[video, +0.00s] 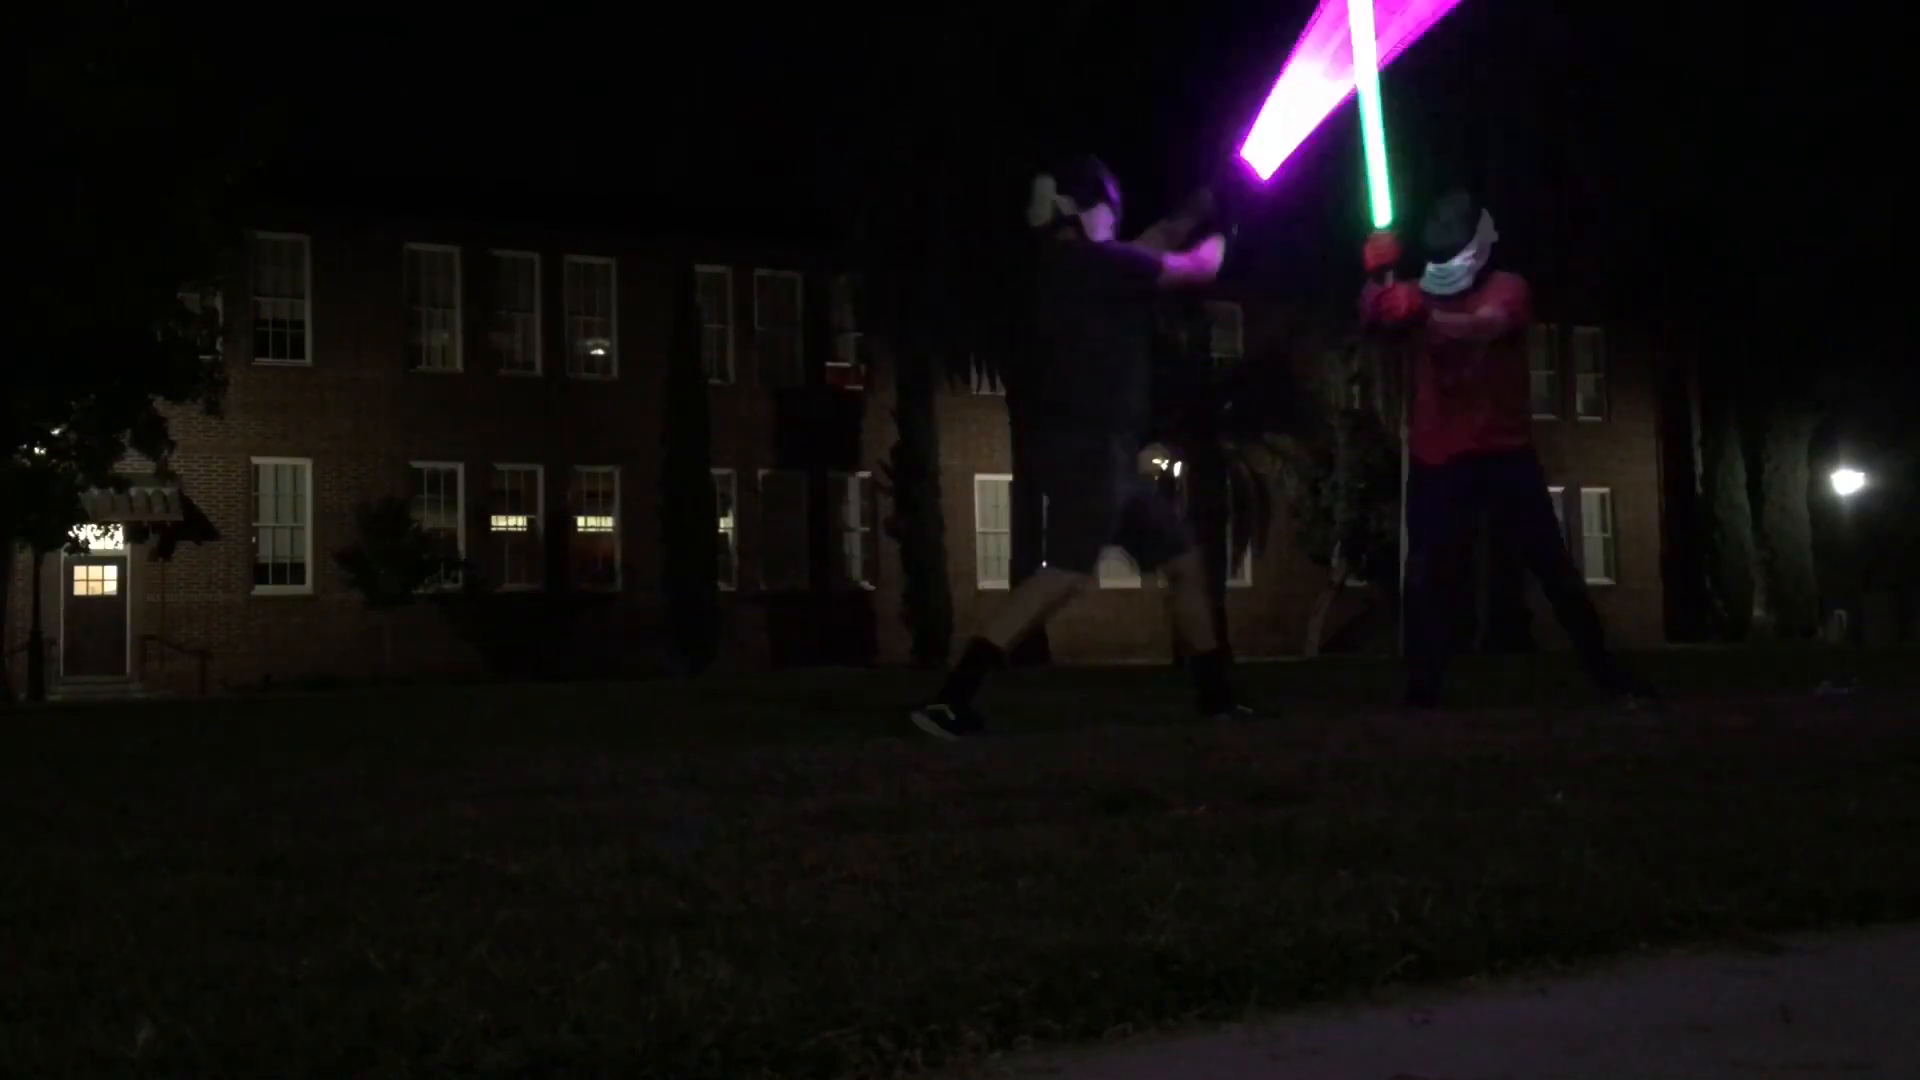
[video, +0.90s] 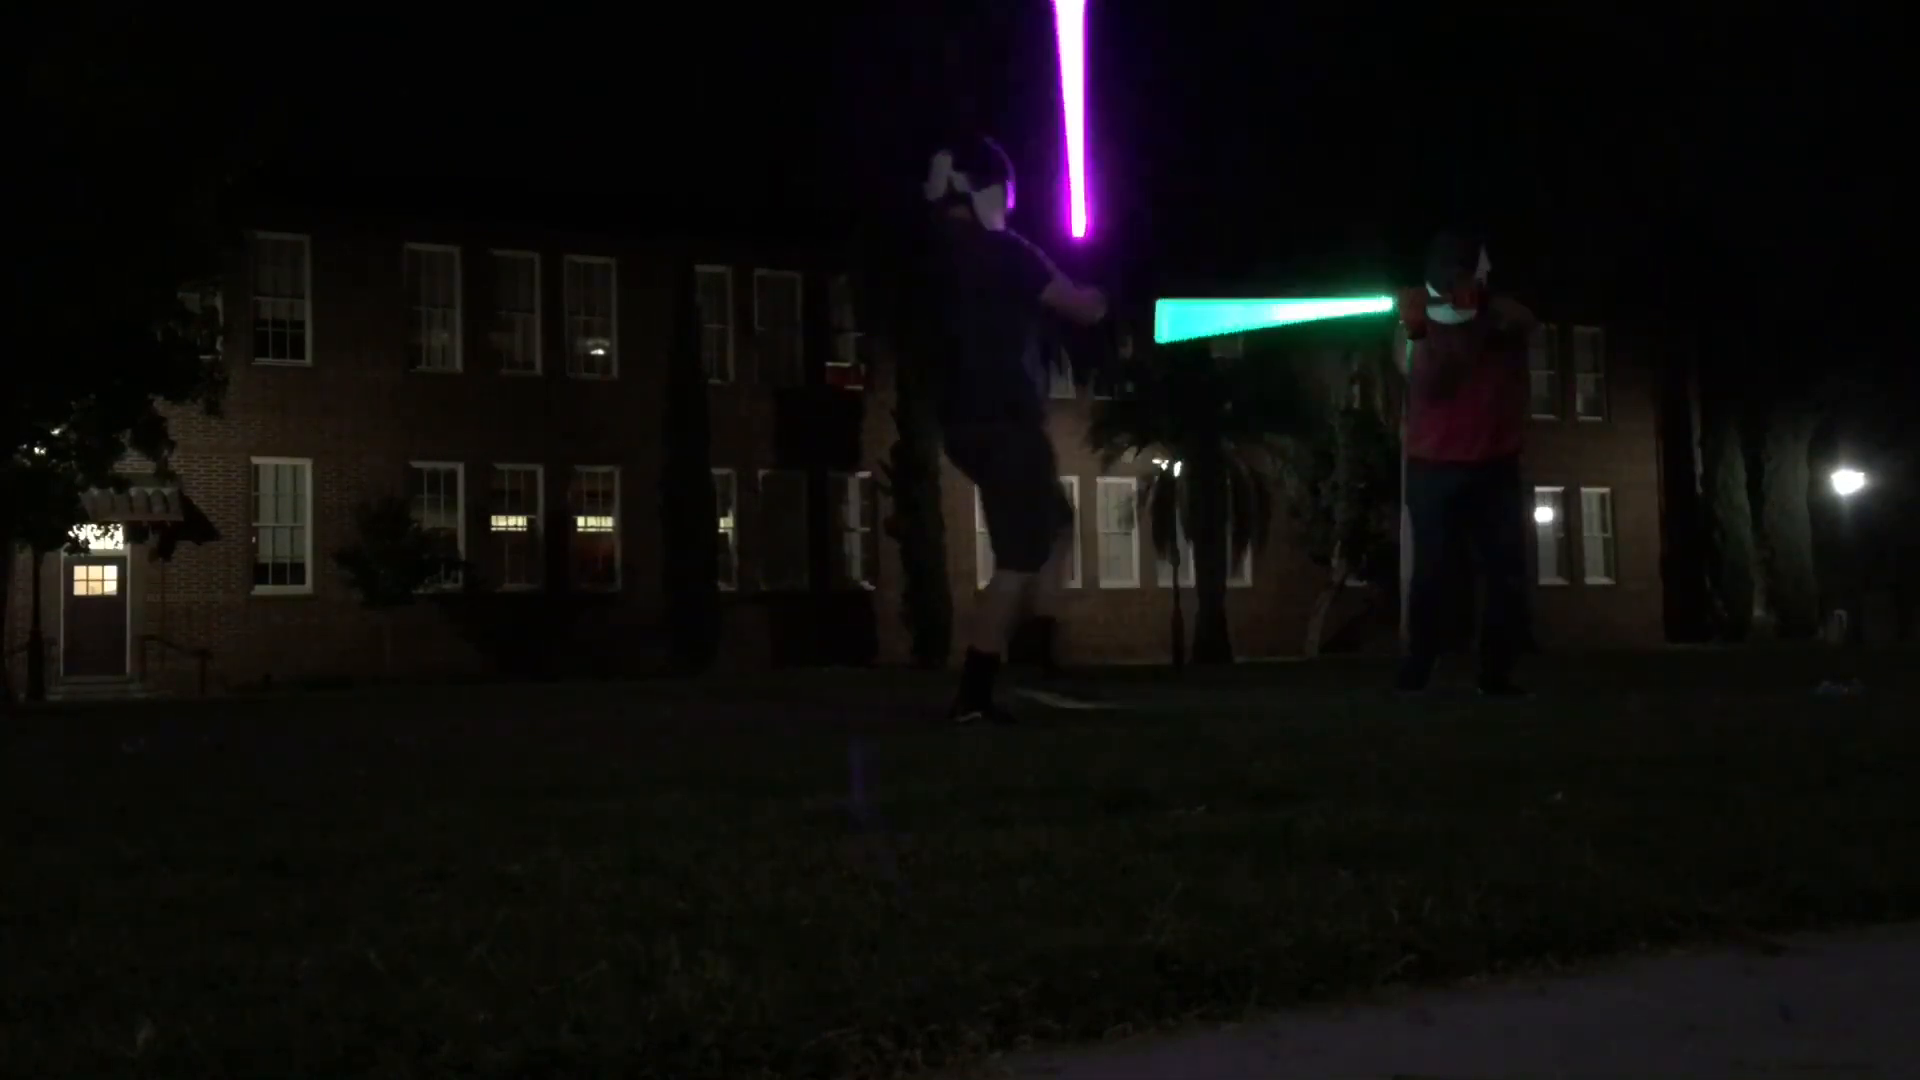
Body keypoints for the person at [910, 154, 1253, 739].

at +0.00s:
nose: (1115, 219)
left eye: (1112, 209)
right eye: (1110, 208)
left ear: (1061, 210)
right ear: (1088, 211)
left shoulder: (1058, 261)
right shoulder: (1095, 262)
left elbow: (1134, 254)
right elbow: (1199, 267)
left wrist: (1187, 216)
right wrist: (1221, 234)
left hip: (1093, 445)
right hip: (1091, 445)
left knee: (1181, 556)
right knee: (1066, 573)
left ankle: (1216, 692)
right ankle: (954, 696)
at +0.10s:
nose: (1143, 226)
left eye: (1138, 216)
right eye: (1135, 216)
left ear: (1095, 222)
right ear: (1112, 221)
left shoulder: (1104, 271)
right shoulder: (1110, 269)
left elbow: (1168, 241)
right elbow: (1198, 236)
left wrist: (1194, 192)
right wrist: (1224, 185)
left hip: (1134, 452)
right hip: (1121, 452)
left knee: (1219, 548)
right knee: (1113, 578)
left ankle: (1219, 690)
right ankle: (999, 689)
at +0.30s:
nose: (1145, 227)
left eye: (1138, 221)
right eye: (1135, 222)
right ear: (1116, 227)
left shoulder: (1147, 293)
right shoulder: (1112, 267)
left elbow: (1223, 281)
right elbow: (1208, 207)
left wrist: (1270, 226)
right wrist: (1230, 202)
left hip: (1153, 439)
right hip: (1129, 433)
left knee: (1225, 549)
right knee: (1155, 541)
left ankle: (1222, 691)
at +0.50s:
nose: (1113, 227)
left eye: (1101, 218)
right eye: (1102, 219)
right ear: (1089, 227)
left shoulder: (1120, 293)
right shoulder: (1091, 268)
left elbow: (1194, 278)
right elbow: (1173, 197)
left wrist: (1217, 203)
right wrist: (1200, 177)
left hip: (1150, 439)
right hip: (1121, 432)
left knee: (1225, 547)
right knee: (1155, 542)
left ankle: (1223, 693)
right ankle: (1033, 658)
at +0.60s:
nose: (1143, 227)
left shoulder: (1086, 283)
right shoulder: (1074, 274)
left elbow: (1163, 290)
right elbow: (1156, 197)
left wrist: (1157, 226)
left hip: (1137, 437)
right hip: (1112, 438)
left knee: (1215, 547)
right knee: (1132, 561)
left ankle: (1222, 687)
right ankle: (1006, 651)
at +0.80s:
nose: (1038, 208)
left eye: (1033, 198)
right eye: (1033, 198)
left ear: (976, 200)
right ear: (1019, 200)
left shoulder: (965, 259)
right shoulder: (1025, 254)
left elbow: (1040, 294)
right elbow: (1121, 261)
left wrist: (1072, 249)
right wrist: (1131, 232)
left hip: (1007, 435)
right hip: (1043, 433)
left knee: (1107, 542)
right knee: (1049, 565)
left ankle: (1158, 669)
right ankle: (979, 692)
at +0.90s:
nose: (1012, 198)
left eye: (1008, 188)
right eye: (1007, 188)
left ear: (954, 190)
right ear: (997, 191)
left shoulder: (933, 247)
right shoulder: (1006, 252)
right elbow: (1084, 305)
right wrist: (1100, 294)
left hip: (959, 418)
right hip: (1006, 417)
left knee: (1055, 521)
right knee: (1020, 553)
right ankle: (978, 691)